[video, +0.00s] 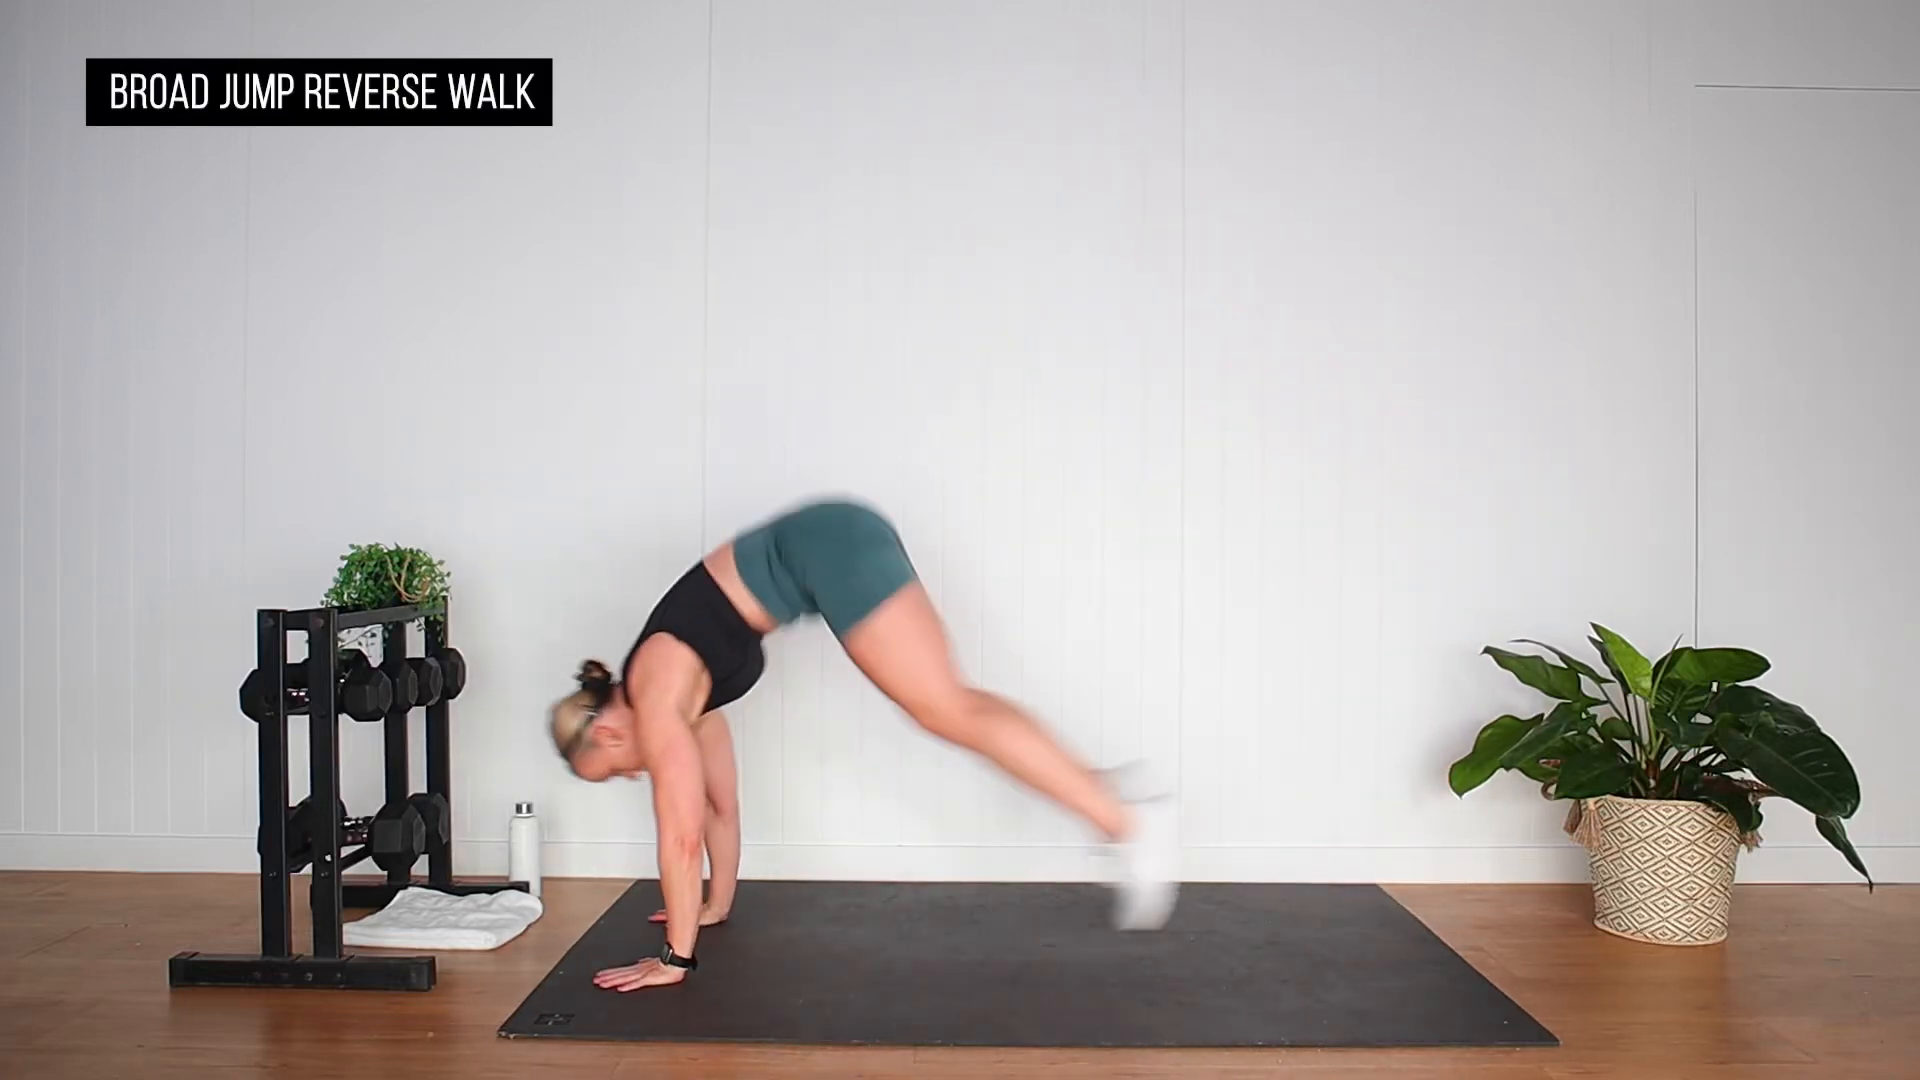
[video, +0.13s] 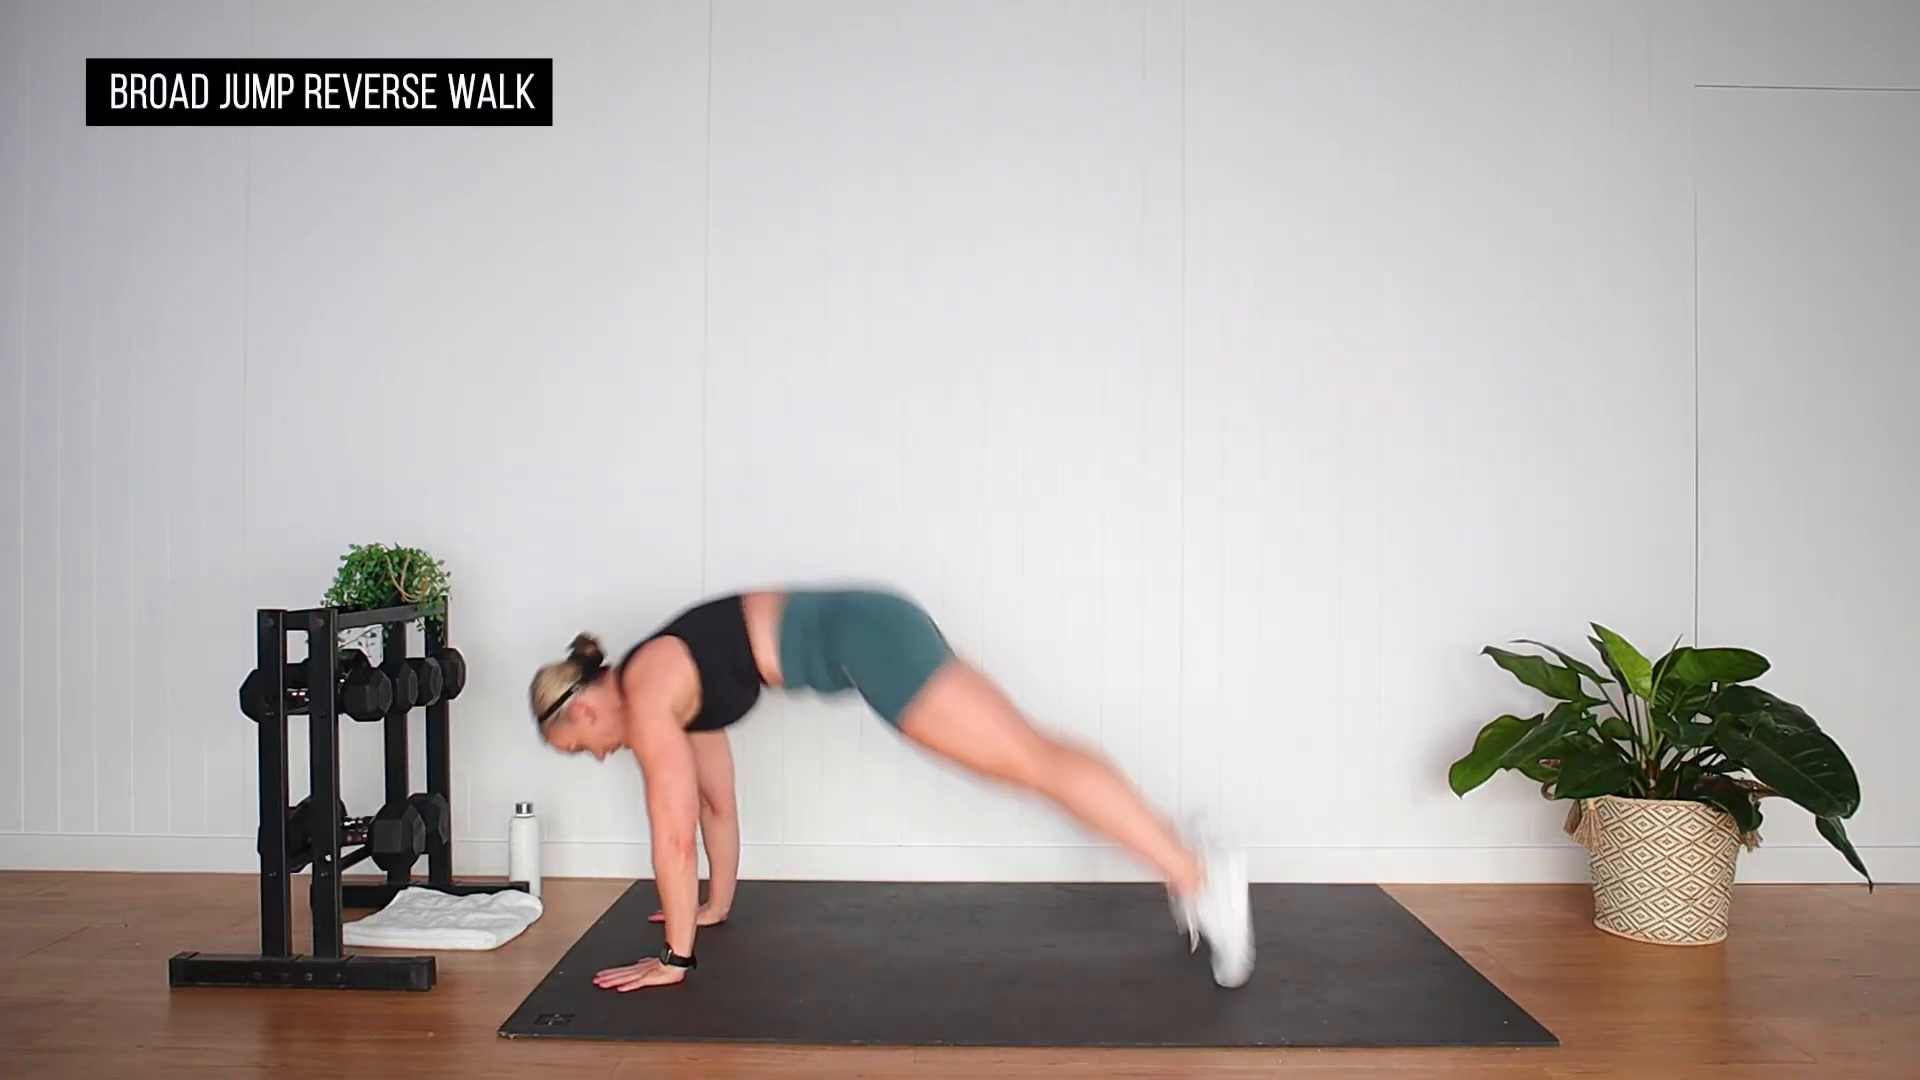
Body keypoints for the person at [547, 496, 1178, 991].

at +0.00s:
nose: (629, 774)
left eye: (609, 766)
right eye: (613, 772)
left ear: (606, 726)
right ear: (615, 721)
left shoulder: (654, 693)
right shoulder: (676, 689)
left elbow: (680, 832)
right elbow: (718, 809)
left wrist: (678, 957)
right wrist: (717, 903)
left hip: (832, 547)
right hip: (834, 544)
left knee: (950, 712)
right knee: (954, 703)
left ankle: (1124, 827)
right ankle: (1103, 794)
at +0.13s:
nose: (589, 751)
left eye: (575, 742)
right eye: (577, 747)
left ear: (587, 702)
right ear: (595, 697)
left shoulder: (645, 682)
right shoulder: (677, 687)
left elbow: (674, 823)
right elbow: (714, 807)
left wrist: (676, 953)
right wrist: (716, 901)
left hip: (858, 634)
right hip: (859, 631)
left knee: (1029, 764)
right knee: (1031, 754)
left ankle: (1194, 876)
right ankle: (1184, 868)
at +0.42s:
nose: (674, 750)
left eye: (663, 737)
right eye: (662, 744)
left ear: (677, 700)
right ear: (679, 693)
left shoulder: (745, 697)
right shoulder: (741, 686)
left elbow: (738, 842)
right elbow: (740, 827)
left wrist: (690, 955)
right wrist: (706, 908)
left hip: (956, 636)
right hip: (952, 633)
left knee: (1096, 790)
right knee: (1096, 782)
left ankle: (1275, 905)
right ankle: (1250, 862)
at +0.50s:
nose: (708, 761)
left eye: (695, 748)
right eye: (693, 754)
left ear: (707, 708)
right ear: (709, 698)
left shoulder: (771, 694)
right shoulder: (763, 685)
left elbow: (799, 828)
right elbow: (759, 809)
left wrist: (761, 926)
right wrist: (724, 904)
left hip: (987, 614)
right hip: (984, 613)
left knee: (1109, 774)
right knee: (1111, 766)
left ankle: (1278, 901)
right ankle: (1258, 869)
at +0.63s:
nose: (760, 761)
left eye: (749, 749)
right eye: (749, 755)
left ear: (762, 712)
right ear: (763, 703)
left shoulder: (830, 694)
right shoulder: (822, 692)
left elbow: (874, 824)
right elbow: (781, 816)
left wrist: (863, 944)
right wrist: (725, 905)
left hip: (1023, 590)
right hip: (1018, 592)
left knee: (1128, 762)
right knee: (1129, 758)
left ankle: (1288, 901)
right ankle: (1269, 878)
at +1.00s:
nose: (919, 784)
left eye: (906, 774)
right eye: (907, 781)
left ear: (914, 734)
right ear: (917, 729)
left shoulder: (972, 717)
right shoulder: (989, 711)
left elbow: (937, 854)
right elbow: (1038, 795)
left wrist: (871, 956)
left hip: (1165, 568)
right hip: (1151, 570)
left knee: (1187, 768)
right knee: (1188, 759)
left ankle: (1323, 924)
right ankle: (1278, 879)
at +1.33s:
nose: (1021, 752)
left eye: (1011, 740)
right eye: (1009, 745)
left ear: (1034, 707)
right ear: (1036, 701)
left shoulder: (1096, 712)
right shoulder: (1078, 692)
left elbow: (1130, 855)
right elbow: (1077, 818)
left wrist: (1067, 938)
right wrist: (1041, 913)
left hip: (1318, 616)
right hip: (1291, 609)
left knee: (1215, 767)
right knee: (1204, 753)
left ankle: (1330, 936)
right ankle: (1284, 889)